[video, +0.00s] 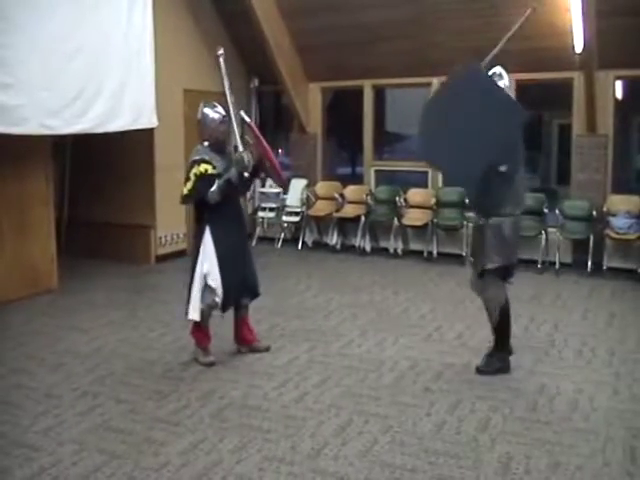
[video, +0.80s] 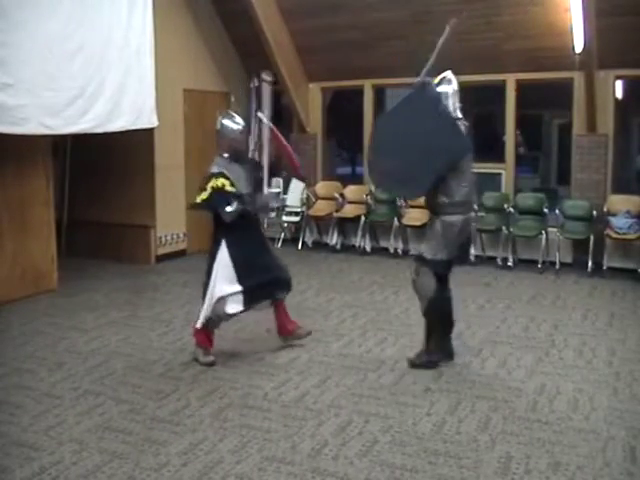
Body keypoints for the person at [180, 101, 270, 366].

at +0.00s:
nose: (226, 129)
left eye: (226, 123)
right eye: (220, 124)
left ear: (227, 127)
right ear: (206, 129)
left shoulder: (228, 156)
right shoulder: (201, 162)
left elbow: (238, 189)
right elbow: (209, 195)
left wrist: (254, 169)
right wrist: (235, 171)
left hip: (235, 227)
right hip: (212, 229)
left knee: (243, 279)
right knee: (209, 282)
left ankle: (244, 334)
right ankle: (201, 342)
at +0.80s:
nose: (244, 141)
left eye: (244, 135)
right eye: (239, 136)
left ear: (245, 137)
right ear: (224, 140)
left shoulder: (250, 167)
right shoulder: (218, 174)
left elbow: (255, 196)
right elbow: (228, 212)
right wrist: (257, 202)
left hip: (251, 233)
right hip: (228, 238)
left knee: (274, 276)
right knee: (222, 287)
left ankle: (285, 324)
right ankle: (203, 338)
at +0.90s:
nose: (255, 147)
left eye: (255, 143)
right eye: (250, 143)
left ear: (256, 144)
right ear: (236, 147)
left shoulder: (263, 170)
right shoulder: (234, 179)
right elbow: (231, 214)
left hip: (263, 242)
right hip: (240, 245)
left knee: (286, 281)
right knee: (225, 293)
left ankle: (301, 326)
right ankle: (205, 341)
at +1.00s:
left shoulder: (286, 179)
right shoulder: (257, 180)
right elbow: (266, 220)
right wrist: (297, 221)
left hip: (281, 246)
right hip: (256, 247)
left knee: (303, 283)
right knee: (236, 293)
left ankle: (310, 333)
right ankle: (209, 344)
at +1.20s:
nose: (304, 150)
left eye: (304, 145)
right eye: (301, 145)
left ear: (273, 148)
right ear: (292, 149)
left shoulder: (270, 170)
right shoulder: (292, 180)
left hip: (269, 241)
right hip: (286, 243)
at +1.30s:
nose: (312, 153)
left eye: (314, 148)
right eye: (309, 148)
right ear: (298, 149)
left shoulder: (296, 170)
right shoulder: (282, 172)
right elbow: (290, 213)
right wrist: (319, 208)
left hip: (296, 235)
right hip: (280, 236)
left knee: (310, 284)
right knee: (281, 289)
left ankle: (311, 334)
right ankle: (243, 329)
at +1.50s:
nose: (310, 158)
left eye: (312, 154)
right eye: (306, 152)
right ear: (291, 150)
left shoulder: (293, 172)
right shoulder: (276, 176)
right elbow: (279, 216)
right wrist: (309, 223)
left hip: (297, 234)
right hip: (279, 237)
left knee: (313, 284)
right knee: (288, 289)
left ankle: (311, 333)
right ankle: (261, 343)